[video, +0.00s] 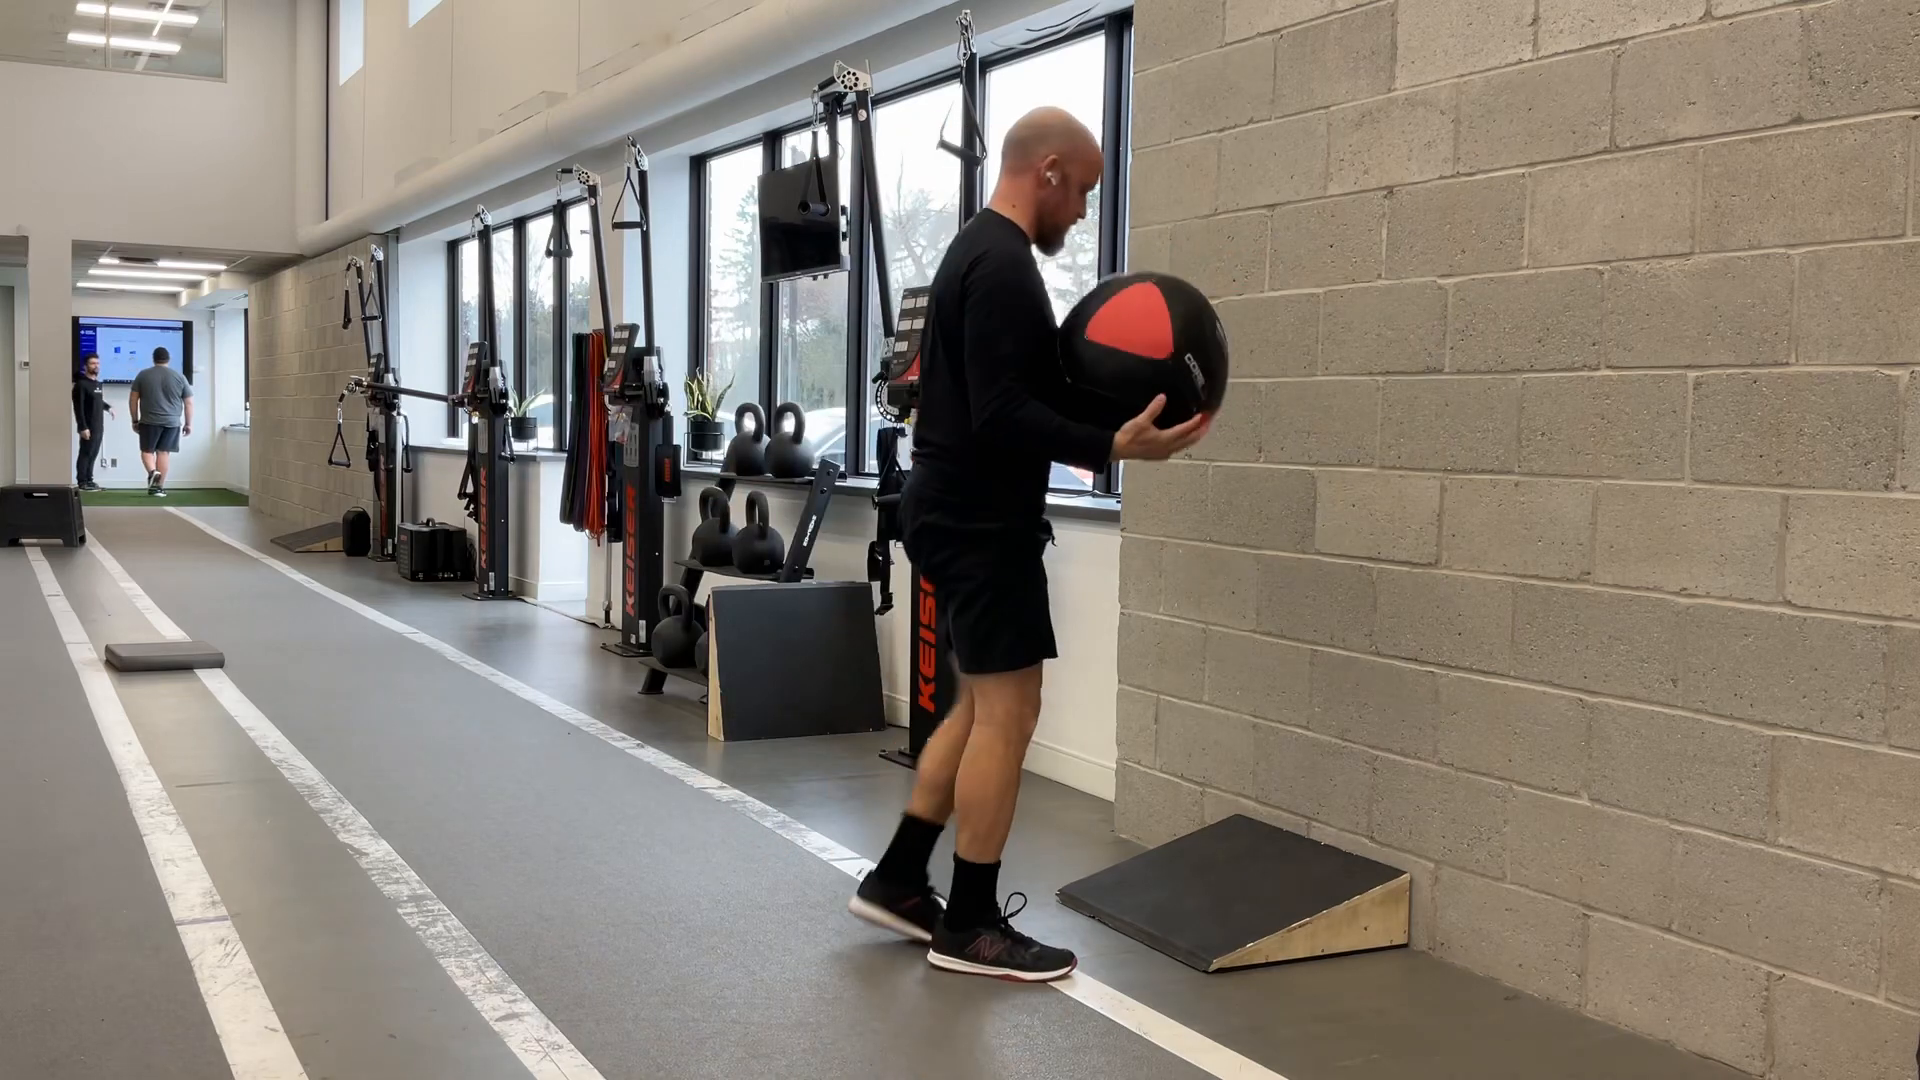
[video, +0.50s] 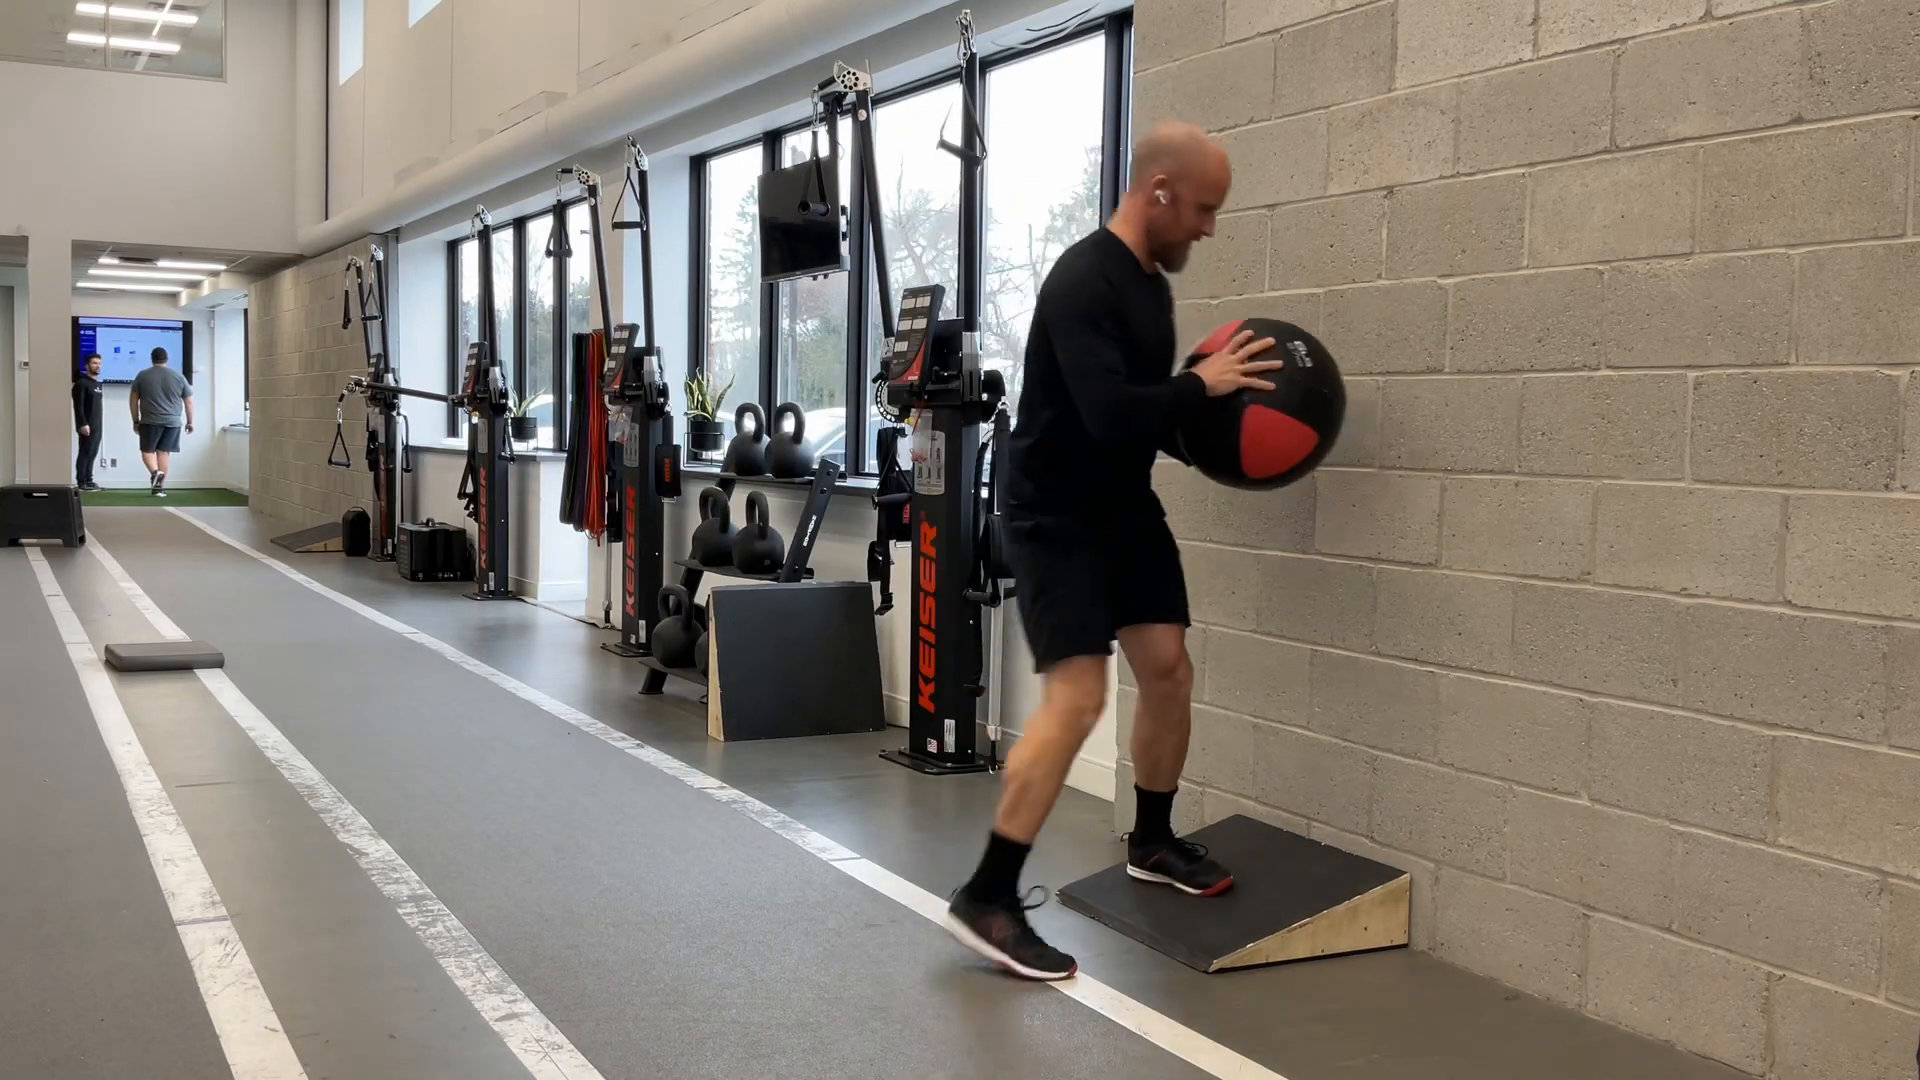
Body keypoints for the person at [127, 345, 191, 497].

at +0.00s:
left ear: (153, 359)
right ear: (168, 359)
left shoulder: (143, 375)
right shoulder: (179, 377)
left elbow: (133, 399)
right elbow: (188, 402)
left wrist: (134, 420)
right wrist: (188, 423)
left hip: (149, 422)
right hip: (171, 423)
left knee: (147, 451)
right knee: (164, 453)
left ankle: (152, 471)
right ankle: (159, 488)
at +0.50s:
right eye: (163, 359)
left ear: (152, 359)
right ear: (167, 360)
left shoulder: (143, 375)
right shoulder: (178, 376)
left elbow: (134, 398)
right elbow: (189, 400)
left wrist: (135, 420)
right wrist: (190, 422)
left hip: (150, 422)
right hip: (172, 422)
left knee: (147, 451)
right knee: (164, 452)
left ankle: (155, 472)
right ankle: (159, 488)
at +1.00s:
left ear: (148, 361)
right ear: (164, 361)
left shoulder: (141, 377)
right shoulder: (176, 377)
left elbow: (133, 402)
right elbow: (188, 398)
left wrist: (137, 423)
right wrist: (190, 421)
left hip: (152, 423)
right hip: (174, 423)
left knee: (150, 453)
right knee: (165, 453)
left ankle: (159, 472)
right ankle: (162, 488)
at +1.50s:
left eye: (158, 359)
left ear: (155, 360)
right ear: (170, 360)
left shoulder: (144, 374)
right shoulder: (179, 377)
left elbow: (133, 397)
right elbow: (189, 401)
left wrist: (134, 418)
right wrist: (190, 423)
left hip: (146, 421)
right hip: (169, 423)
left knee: (144, 449)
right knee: (161, 454)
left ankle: (150, 471)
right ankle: (157, 487)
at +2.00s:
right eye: (163, 361)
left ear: (151, 362)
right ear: (166, 362)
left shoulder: (142, 377)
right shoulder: (176, 378)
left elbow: (133, 402)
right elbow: (190, 400)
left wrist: (138, 421)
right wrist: (191, 422)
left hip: (152, 423)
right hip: (174, 424)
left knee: (150, 453)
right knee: (166, 452)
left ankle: (158, 471)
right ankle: (162, 486)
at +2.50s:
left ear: (151, 361)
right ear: (166, 361)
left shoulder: (142, 377)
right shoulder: (176, 377)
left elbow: (134, 401)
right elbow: (190, 399)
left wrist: (138, 421)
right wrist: (190, 421)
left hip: (151, 422)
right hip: (173, 423)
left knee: (150, 452)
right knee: (166, 453)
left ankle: (160, 471)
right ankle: (162, 488)